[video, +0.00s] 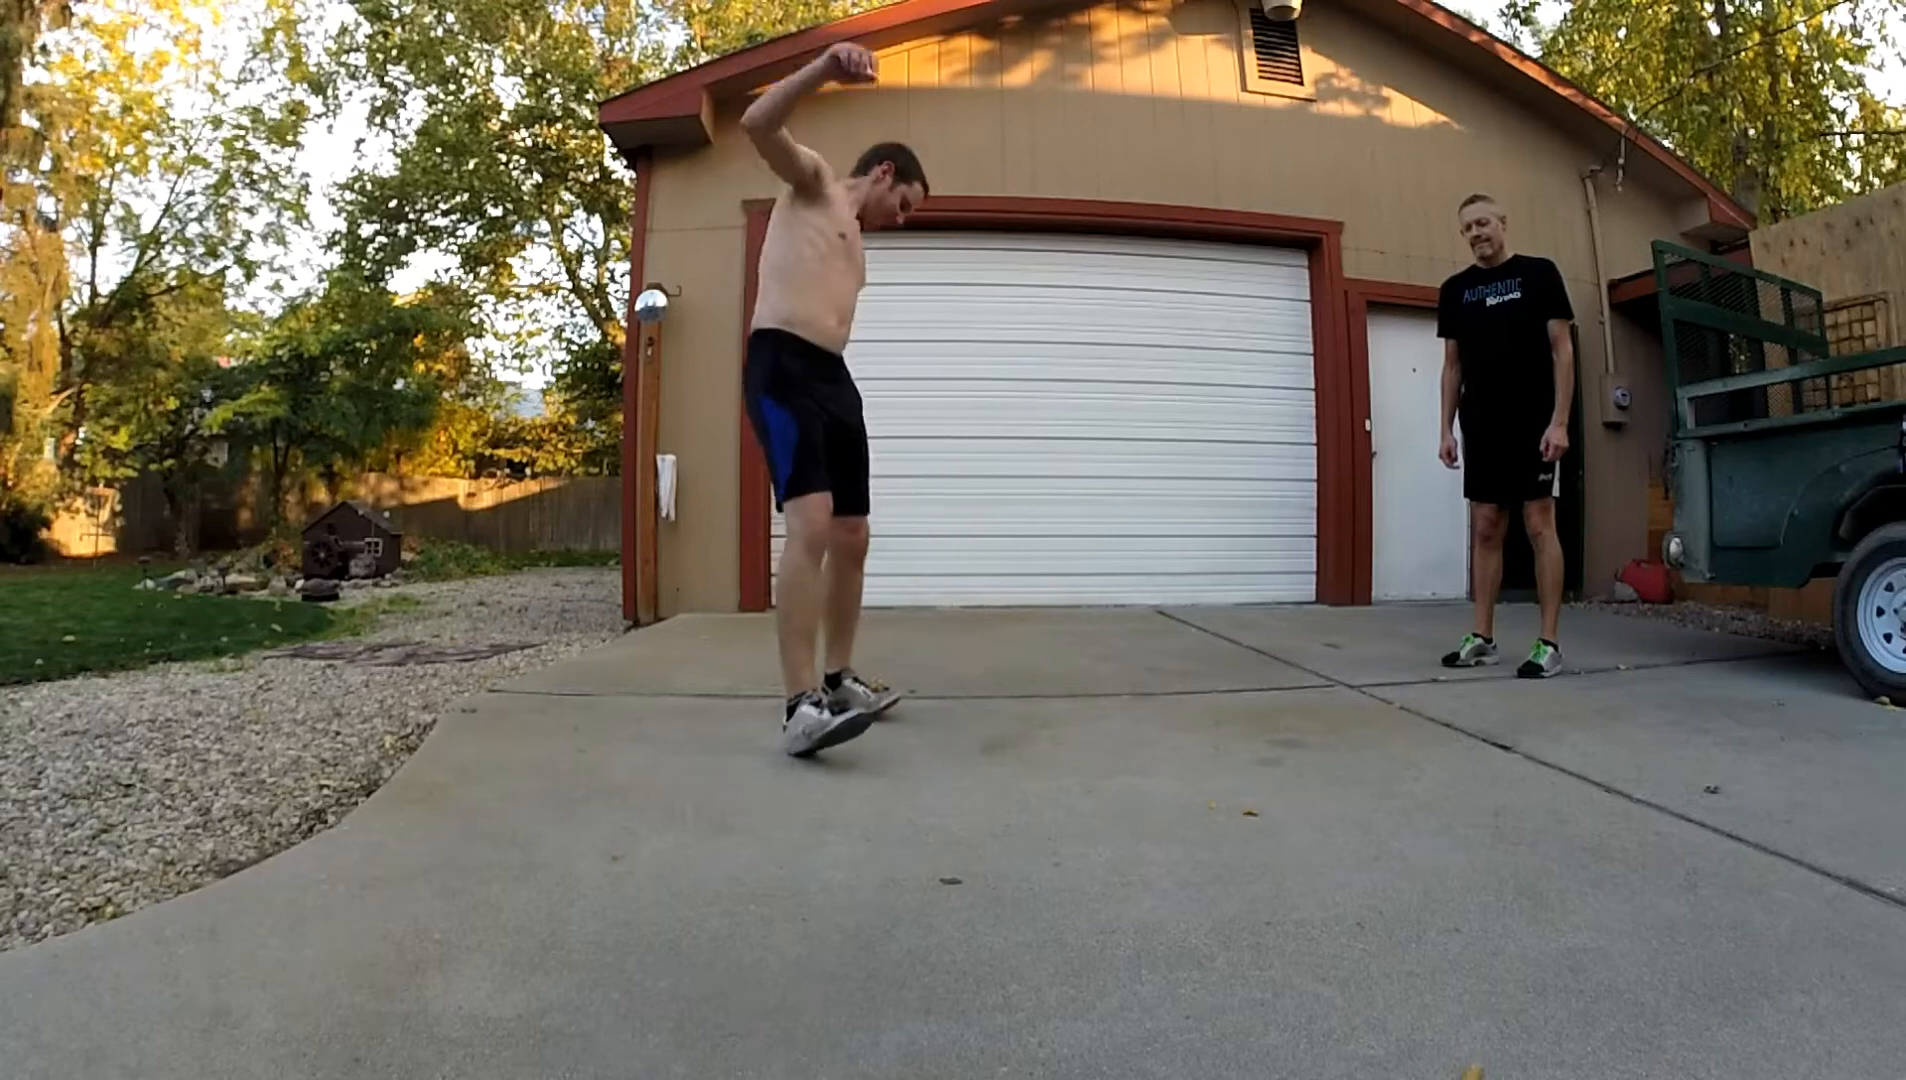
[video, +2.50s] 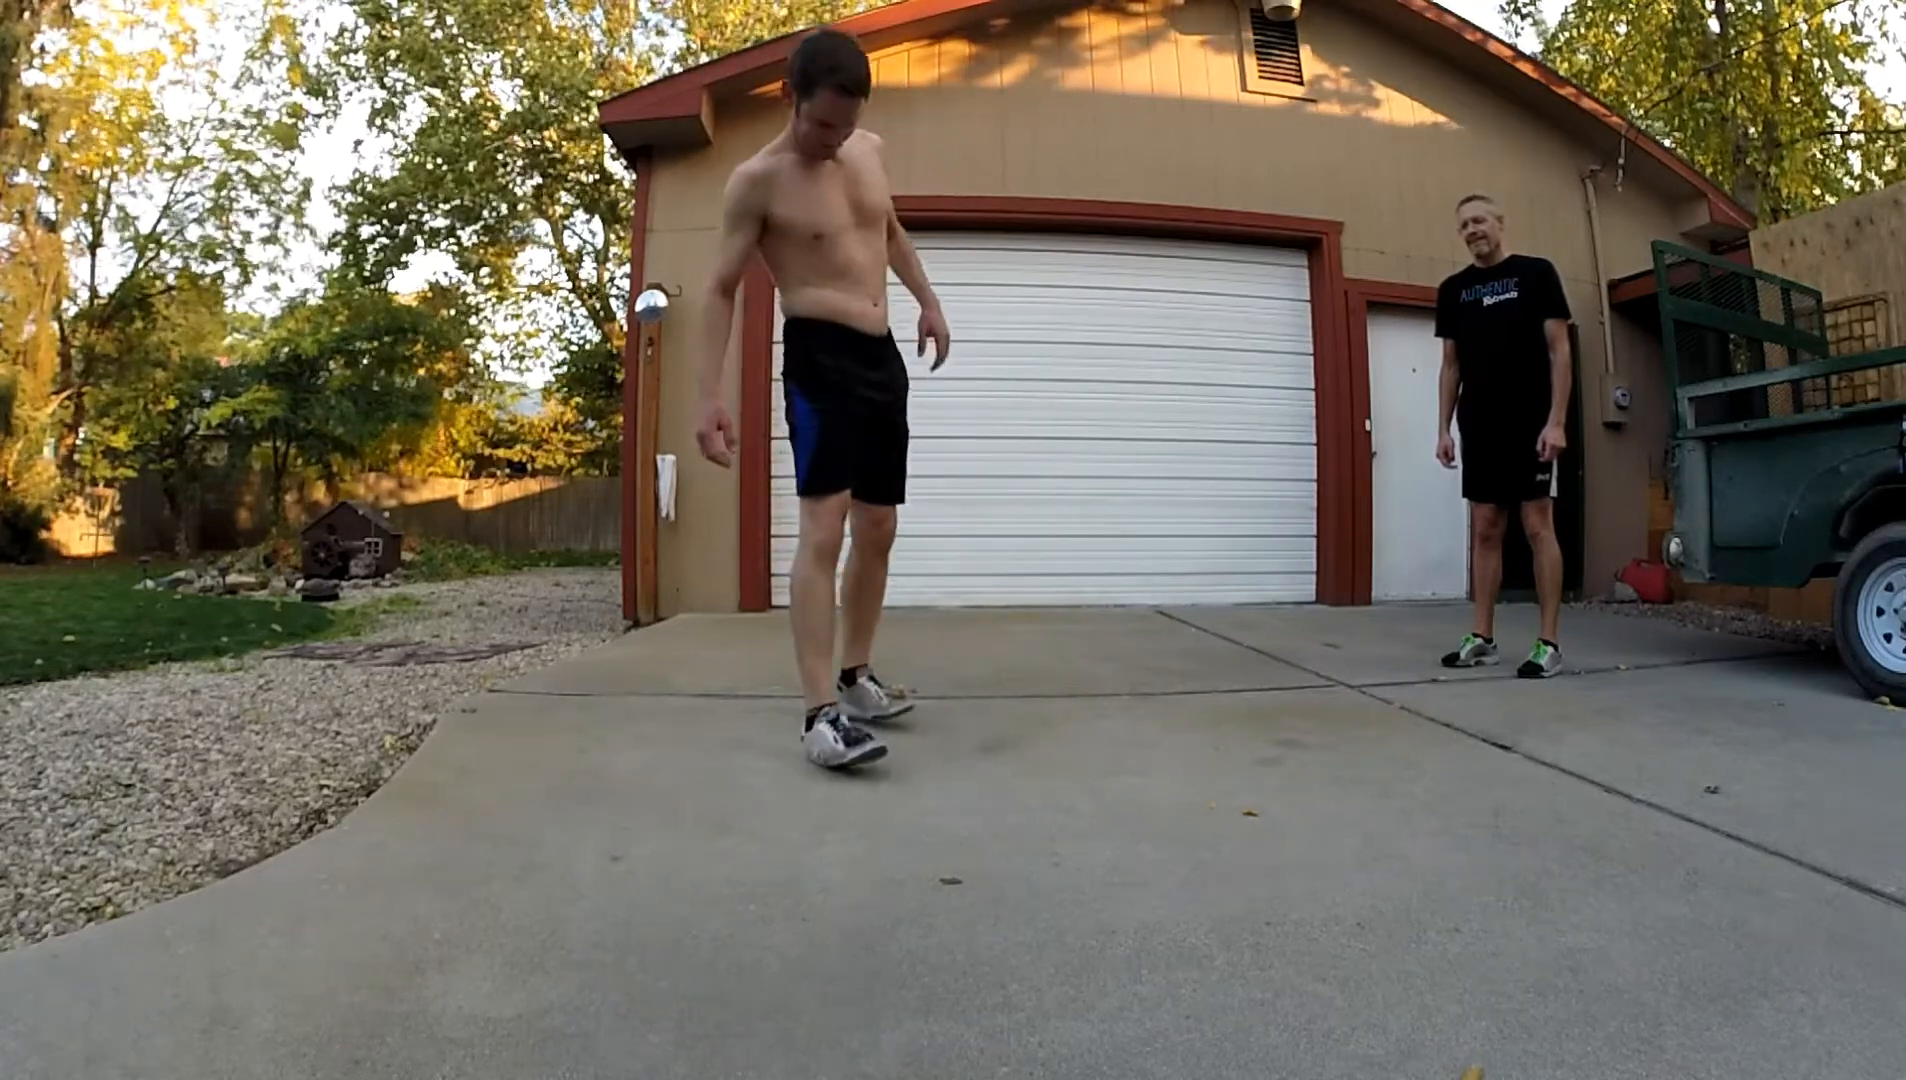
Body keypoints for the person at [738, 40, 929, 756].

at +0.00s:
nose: (902, 215)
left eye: (908, 210)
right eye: (903, 200)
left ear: (886, 188)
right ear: (879, 170)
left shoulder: (851, 237)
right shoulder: (816, 180)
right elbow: (757, 124)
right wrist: (821, 69)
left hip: (832, 372)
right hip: (781, 362)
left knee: (852, 534)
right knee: (810, 524)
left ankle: (835, 683)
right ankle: (800, 705)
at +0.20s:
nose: (910, 233)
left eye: (918, 229)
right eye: (913, 220)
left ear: (902, 205)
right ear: (894, 188)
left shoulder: (868, 248)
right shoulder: (834, 194)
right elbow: (761, 169)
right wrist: (816, 181)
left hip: (832, 376)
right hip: (782, 363)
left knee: (852, 534)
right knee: (802, 523)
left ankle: (838, 680)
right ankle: (796, 698)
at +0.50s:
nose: (907, 211)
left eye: (915, 204)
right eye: (907, 196)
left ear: (898, 185)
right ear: (883, 166)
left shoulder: (866, 234)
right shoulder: (827, 187)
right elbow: (744, 222)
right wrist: (761, 284)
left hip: (838, 372)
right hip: (792, 360)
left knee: (848, 532)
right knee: (808, 523)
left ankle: (839, 680)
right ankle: (783, 690)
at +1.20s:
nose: (926, 212)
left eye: (939, 205)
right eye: (923, 196)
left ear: (947, 198)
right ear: (902, 168)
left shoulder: (914, 251)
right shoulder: (836, 204)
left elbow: (891, 329)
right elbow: (751, 247)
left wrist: (896, 408)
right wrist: (757, 315)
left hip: (850, 382)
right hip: (791, 361)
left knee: (860, 530)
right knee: (829, 471)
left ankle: (843, 674)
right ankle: (805, 634)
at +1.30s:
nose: (930, 217)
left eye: (943, 210)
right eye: (928, 200)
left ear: (955, 205)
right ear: (908, 171)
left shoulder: (921, 254)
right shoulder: (842, 202)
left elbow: (904, 332)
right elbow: (750, 231)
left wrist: (915, 407)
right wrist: (746, 303)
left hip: (844, 372)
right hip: (784, 347)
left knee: (844, 525)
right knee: (834, 372)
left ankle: (842, 679)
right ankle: (837, 529)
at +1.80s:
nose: (908, 183)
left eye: (920, 174)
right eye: (902, 167)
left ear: (929, 168)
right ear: (877, 146)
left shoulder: (913, 238)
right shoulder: (822, 194)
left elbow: (913, 318)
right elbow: (734, 228)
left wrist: (938, 390)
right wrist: (714, 289)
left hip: (862, 369)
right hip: (801, 349)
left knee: (854, 517)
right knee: (868, 425)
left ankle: (841, 680)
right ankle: (853, 605)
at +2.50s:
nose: (833, 136)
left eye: (845, 123)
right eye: (822, 121)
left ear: (860, 109)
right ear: (793, 96)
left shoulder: (868, 151)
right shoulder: (757, 181)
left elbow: (890, 232)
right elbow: (720, 290)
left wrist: (928, 300)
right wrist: (710, 395)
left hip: (880, 358)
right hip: (818, 360)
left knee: (877, 527)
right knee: (824, 533)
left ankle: (856, 676)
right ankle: (820, 715)